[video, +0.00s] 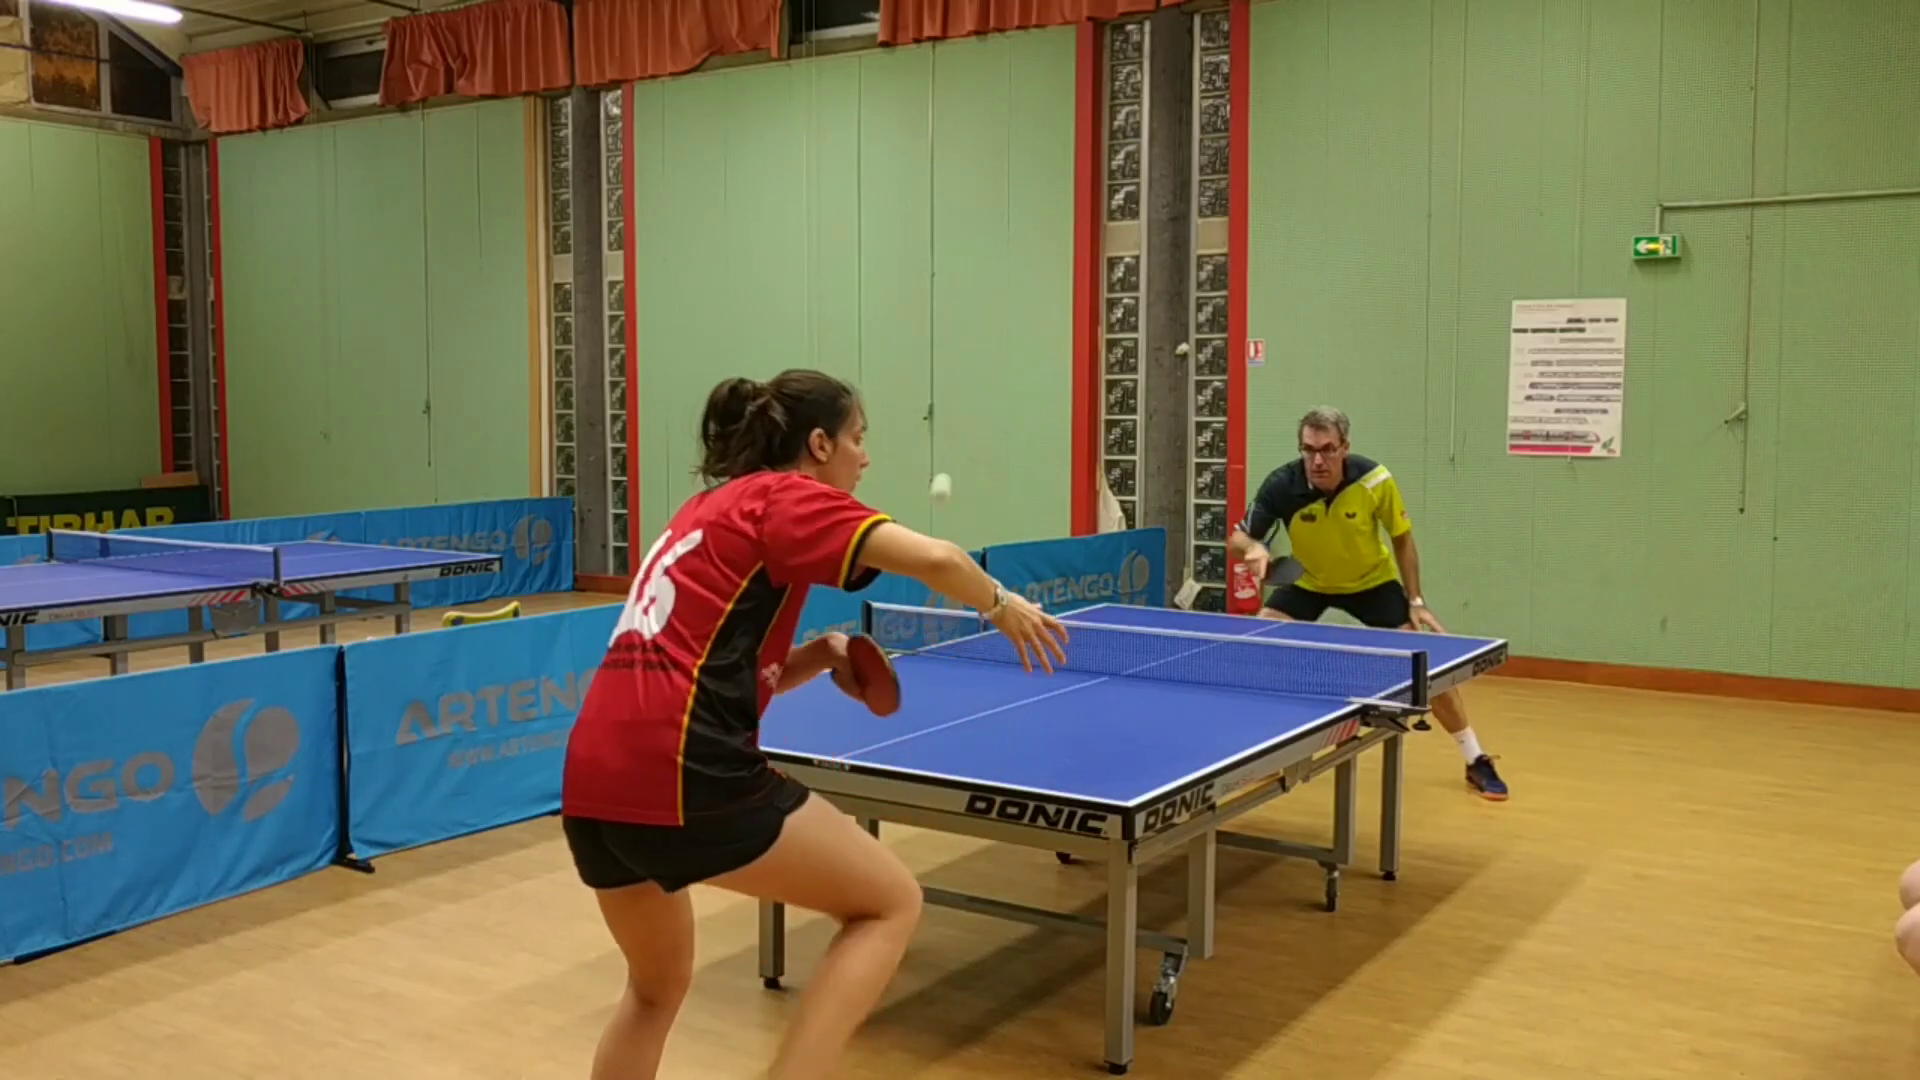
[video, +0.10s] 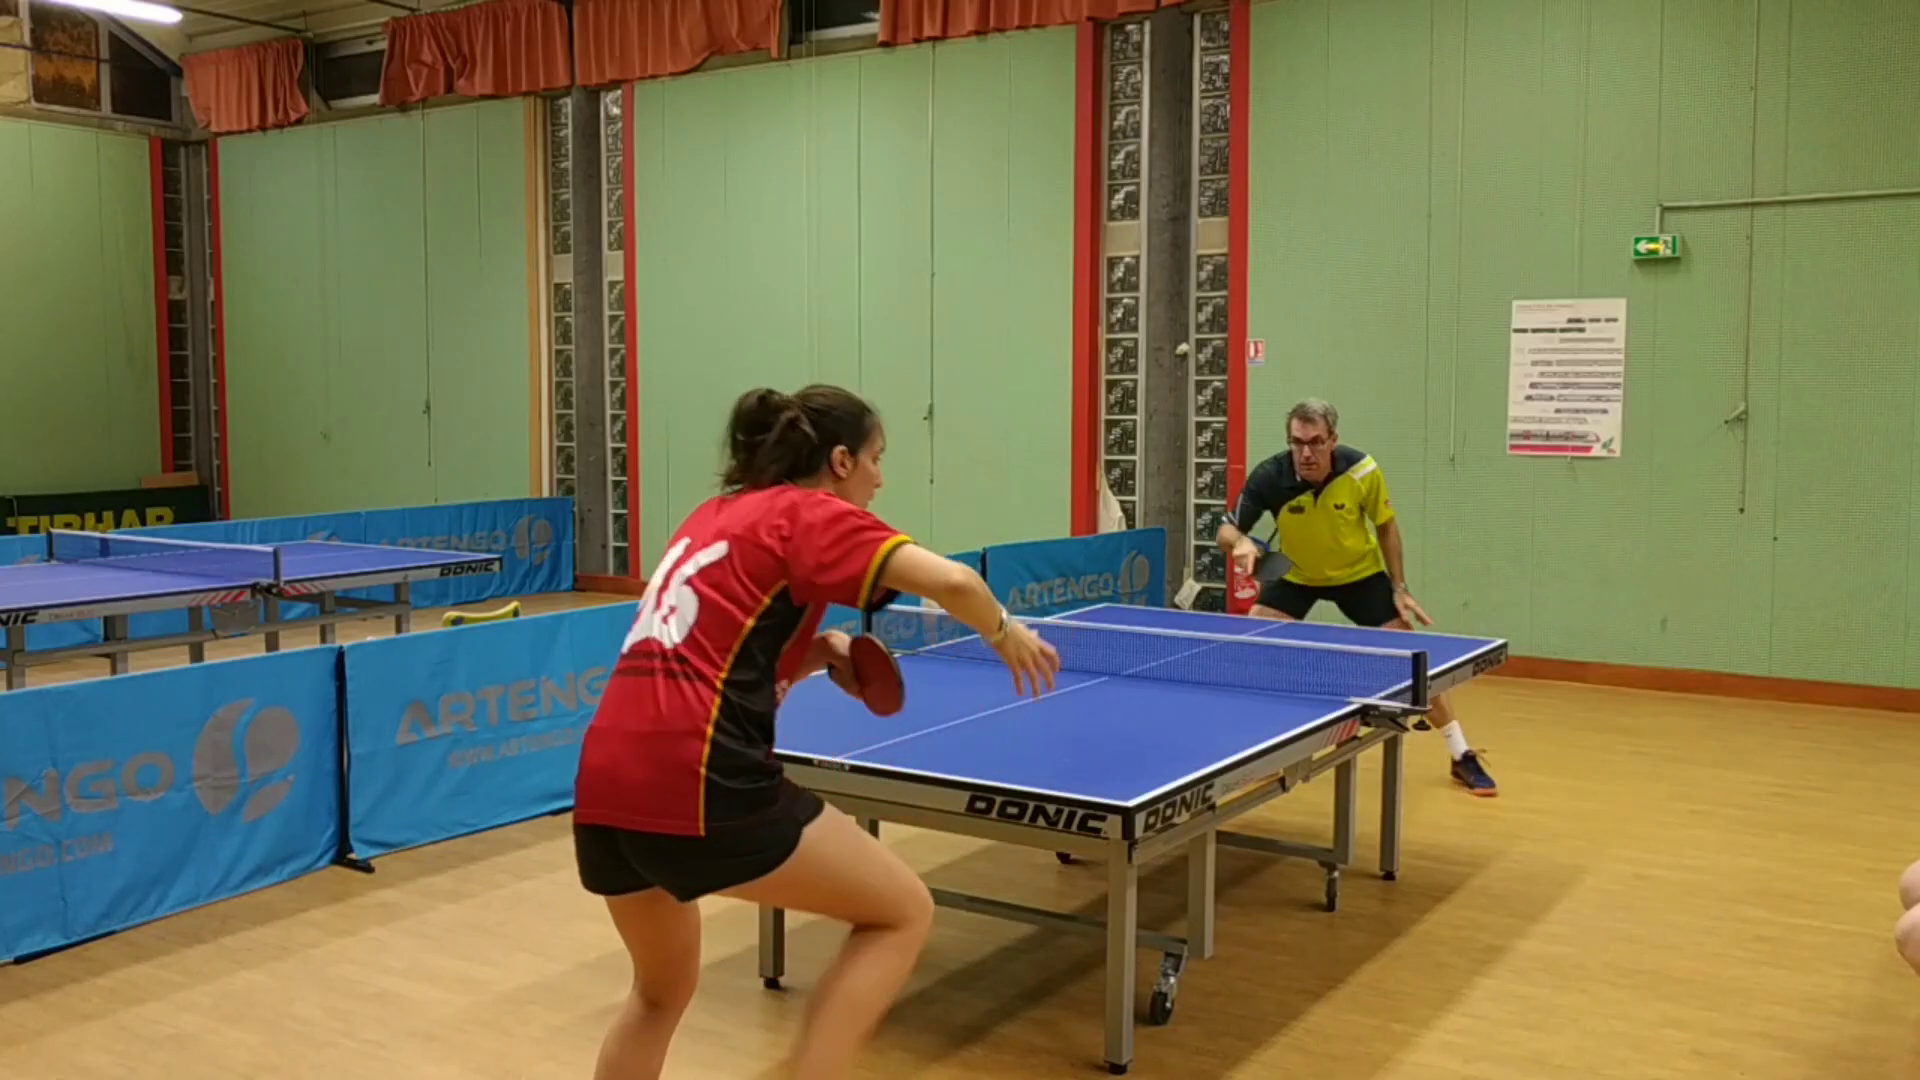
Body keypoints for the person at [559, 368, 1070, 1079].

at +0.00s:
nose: (865, 458)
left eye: (864, 442)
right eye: (858, 440)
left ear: (789, 442)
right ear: (816, 444)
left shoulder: (704, 510)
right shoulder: (786, 501)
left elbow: (720, 683)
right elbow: (935, 558)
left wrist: (819, 653)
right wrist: (1000, 602)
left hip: (593, 783)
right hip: (691, 780)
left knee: (653, 987)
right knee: (890, 902)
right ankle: (797, 1070)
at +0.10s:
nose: (880, 480)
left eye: (880, 463)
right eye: (876, 461)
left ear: (787, 454)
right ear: (840, 460)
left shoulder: (711, 514)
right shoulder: (809, 515)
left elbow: (704, 640)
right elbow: (950, 581)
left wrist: (811, 649)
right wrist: (1004, 630)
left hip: (605, 793)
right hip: (704, 792)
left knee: (657, 991)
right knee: (902, 911)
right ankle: (812, 1069)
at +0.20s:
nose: (903, 481)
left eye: (905, 466)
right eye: (902, 465)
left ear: (821, 456)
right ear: (873, 463)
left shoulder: (741, 512)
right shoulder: (848, 525)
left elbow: (765, 603)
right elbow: (1001, 597)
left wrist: (852, 658)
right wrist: (997, 654)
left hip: (629, 788)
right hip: (732, 794)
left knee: (660, 995)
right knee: (886, 996)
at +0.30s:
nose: (936, 471)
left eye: (937, 457)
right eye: (936, 456)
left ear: (841, 453)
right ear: (917, 462)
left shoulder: (776, 514)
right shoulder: (886, 532)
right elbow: (1051, 601)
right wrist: (998, 635)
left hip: (660, 794)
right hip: (764, 802)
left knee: (676, 992)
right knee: (918, 994)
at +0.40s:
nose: (951, 459)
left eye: (952, 447)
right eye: (951, 447)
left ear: (857, 444)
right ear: (938, 455)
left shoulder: (793, 504)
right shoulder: (917, 530)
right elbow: (1075, 595)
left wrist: (930, 593)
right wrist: (996, 606)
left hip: (679, 782)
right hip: (788, 797)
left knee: (675, 973)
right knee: (927, 995)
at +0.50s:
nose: (938, 466)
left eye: (940, 451)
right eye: (938, 450)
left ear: (849, 439)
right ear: (923, 453)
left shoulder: (791, 497)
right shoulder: (920, 518)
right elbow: (1080, 576)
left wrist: (938, 581)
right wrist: (1000, 575)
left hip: (684, 778)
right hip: (795, 794)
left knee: (663, 961)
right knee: (926, 992)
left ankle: (594, 1078)